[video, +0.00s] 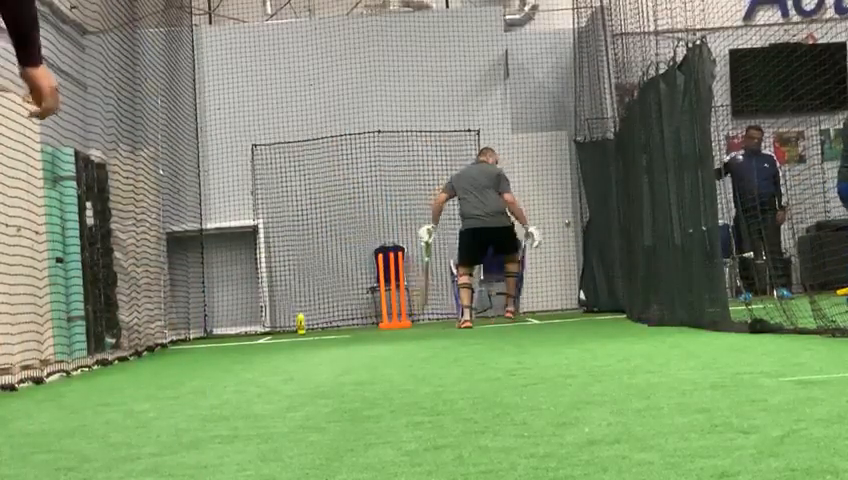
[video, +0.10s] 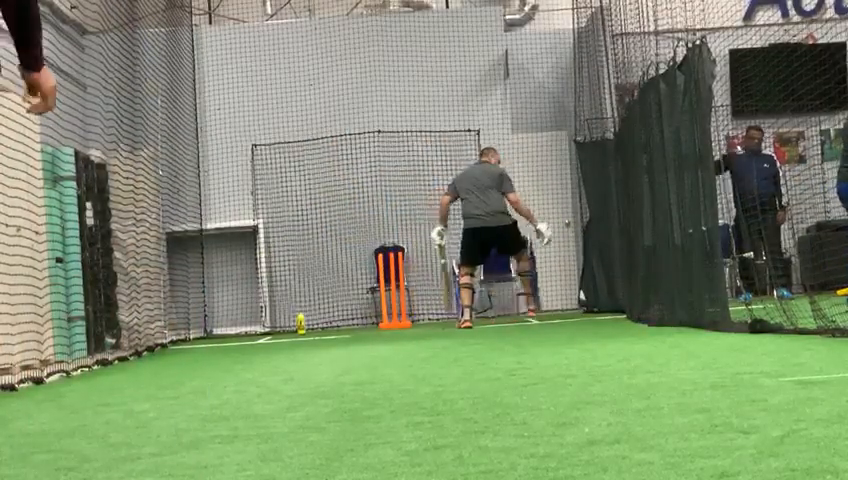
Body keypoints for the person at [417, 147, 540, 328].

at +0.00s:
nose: (496, 165)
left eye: (497, 163)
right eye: (496, 162)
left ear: (479, 157)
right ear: (488, 157)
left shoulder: (460, 175)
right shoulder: (496, 173)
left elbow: (439, 201)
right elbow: (509, 200)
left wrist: (433, 225)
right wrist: (526, 226)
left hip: (471, 231)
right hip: (501, 229)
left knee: (464, 270)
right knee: (512, 259)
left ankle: (466, 317)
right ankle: (510, 307)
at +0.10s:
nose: (498, 165)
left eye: (498, 162)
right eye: (498, 162)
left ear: (481, 158)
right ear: (492, 158)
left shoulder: (463, 175)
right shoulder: (498, 172)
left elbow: (444, 201)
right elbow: (514, 201)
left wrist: (442, 226)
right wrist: (536, 223)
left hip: (473, 230)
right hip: (503, 228)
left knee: (466, 271)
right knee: (522, 257)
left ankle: (466, 317)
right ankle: (530, 305)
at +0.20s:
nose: (506, 166)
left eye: (507, 163)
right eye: (506, 162)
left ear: (487, 159)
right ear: (499, 159)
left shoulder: (468, 176)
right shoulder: (504, 173)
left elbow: (452, 201)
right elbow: (522, 200)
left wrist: (454, 227)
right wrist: (546, 222)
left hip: (478, 230)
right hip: (508, 226)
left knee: (469, 271)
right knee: (533, 257)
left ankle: (466, 316)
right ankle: (554, 301)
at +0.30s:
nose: (518, 169)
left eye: (518, 166)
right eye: (518, 165)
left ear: (499, 161)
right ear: (512, 162)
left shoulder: (477, 178)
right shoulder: (515, 177)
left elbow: (463, 205)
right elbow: (534, 203)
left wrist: (468, 227)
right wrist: (557, 224)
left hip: (485, 231)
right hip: (516, 227)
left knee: (473, 272)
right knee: (546, 260)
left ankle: (466, 317)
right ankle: (573, 298)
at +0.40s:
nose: (535, 174)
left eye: (535, 171)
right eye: (534, 171)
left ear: (517, 167)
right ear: (528, 168)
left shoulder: (493, 182)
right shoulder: (531, 182)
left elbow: (478, 208)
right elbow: (550, 212)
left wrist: (486, 228)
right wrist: (569, 230)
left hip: (495, 234)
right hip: (526, 232)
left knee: (479, 273)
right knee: (557, 265)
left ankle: (467, 316)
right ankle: (586, 303)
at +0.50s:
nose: (558, 184)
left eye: (558, 181)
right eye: (558, 181)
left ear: (540, 176)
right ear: (553, 177)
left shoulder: (516, 187)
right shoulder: (553, 192)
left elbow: (499, 210)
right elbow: (572, 224)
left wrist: (505, 231)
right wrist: (589, 247)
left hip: (510, 235)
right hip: (542, 234)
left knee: (489, 272)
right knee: (567, 270)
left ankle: (469, 314)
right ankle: (589, 307)